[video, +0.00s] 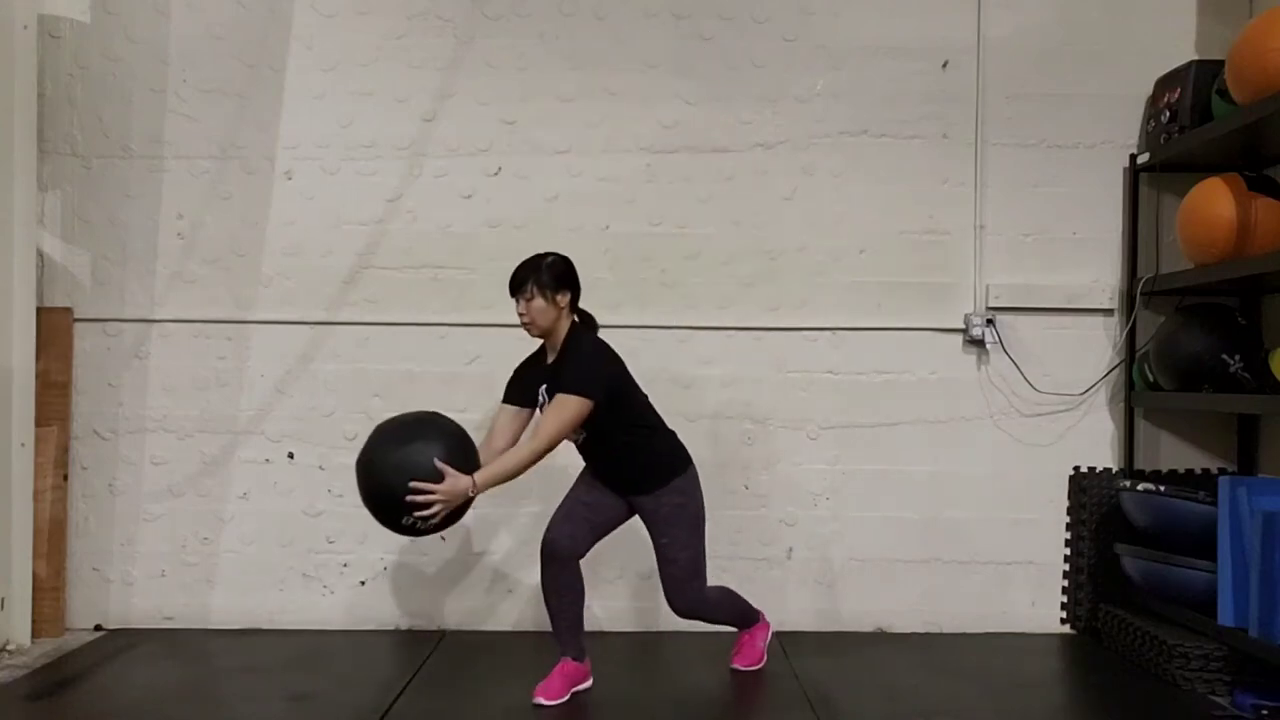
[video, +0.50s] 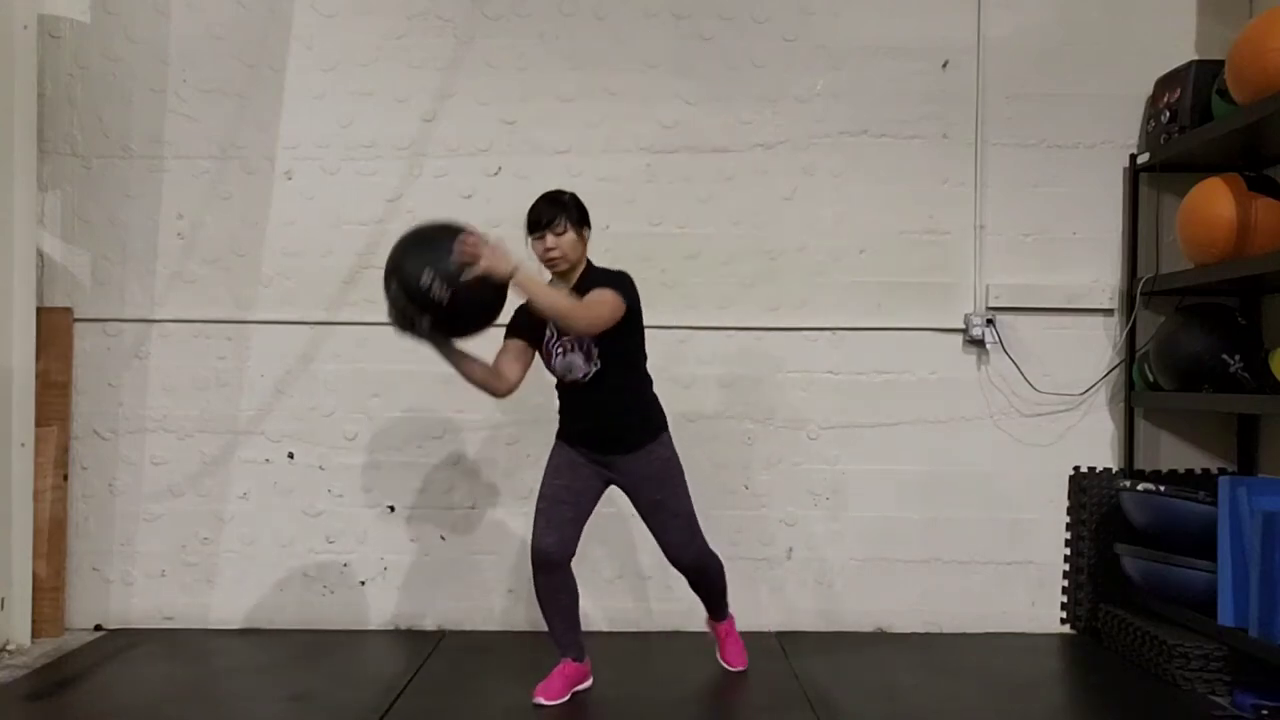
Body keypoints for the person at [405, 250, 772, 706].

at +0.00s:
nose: (521, 308)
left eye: (531, 298)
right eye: (518, 299)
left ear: (564, 300)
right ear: (520, 304)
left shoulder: (590, 360)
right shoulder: (532, 372)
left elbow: (540, 444)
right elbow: (496, 445)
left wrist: (473, 484)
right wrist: (454, 496)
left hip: (665, 479)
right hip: (608, 479)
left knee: (688, 599)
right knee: (558, 548)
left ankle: (755, 624)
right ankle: (574, 662)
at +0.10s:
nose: (513, 307)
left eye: (522, 297)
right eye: (510, 299)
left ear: (557, 298)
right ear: (514, 304)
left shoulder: (586, 356)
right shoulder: (528, 370)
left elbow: (545, 442)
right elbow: (504, 444)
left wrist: (473, 472)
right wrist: (460, 479)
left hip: (660, 474)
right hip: (603, 475)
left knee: (687, 594)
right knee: (554, 548)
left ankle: (754, 622)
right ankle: (574, 662)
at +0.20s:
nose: (514, 301)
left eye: (523, 289)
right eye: (510, 293)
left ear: (558, 289)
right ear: (512, 299)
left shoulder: (589, 348)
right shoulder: (528, 364)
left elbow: (549, 434)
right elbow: (509, 438)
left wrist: (474, 454)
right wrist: (458, 456)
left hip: (655, 471)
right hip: (599, 471)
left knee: (686, 589)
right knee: (550, 550)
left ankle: (753, 621)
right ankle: (573, 662)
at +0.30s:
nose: (523, 285)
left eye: (533, 272)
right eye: (518, 276)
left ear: (565, 272)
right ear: (516, 282)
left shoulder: (597, 332)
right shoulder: (529, 348)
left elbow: (557, 407)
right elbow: (509, 429)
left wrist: (476, 410)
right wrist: (452, 431)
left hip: (650, 464)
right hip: (593, 465)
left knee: (686, 579)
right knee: (548, 550)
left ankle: (751, 621)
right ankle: (574, 661)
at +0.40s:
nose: (535, 264)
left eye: (546, 252)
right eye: (527, 255)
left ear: (575, 253)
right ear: (523, 263)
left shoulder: (605, 310)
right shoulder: (531, 331)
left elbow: (563, 368)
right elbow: (504, 409)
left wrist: (484, 345)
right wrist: (437, 388)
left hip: (644, 454)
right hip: (585, 455)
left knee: (685, 563)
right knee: (548, 552)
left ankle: (743, 619)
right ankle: (574, 661)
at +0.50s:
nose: (548, 245)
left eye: (559, 232)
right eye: (538, 237)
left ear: (584, 235)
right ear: (532, 245)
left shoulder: (615, 286)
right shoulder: (534, 309)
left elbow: (583, 318)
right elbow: (501, 381)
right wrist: (440, 339)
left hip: (641, 445)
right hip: (577, 449)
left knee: (689, 554)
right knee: (548, 552)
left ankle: (722, 621)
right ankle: (574, 661)